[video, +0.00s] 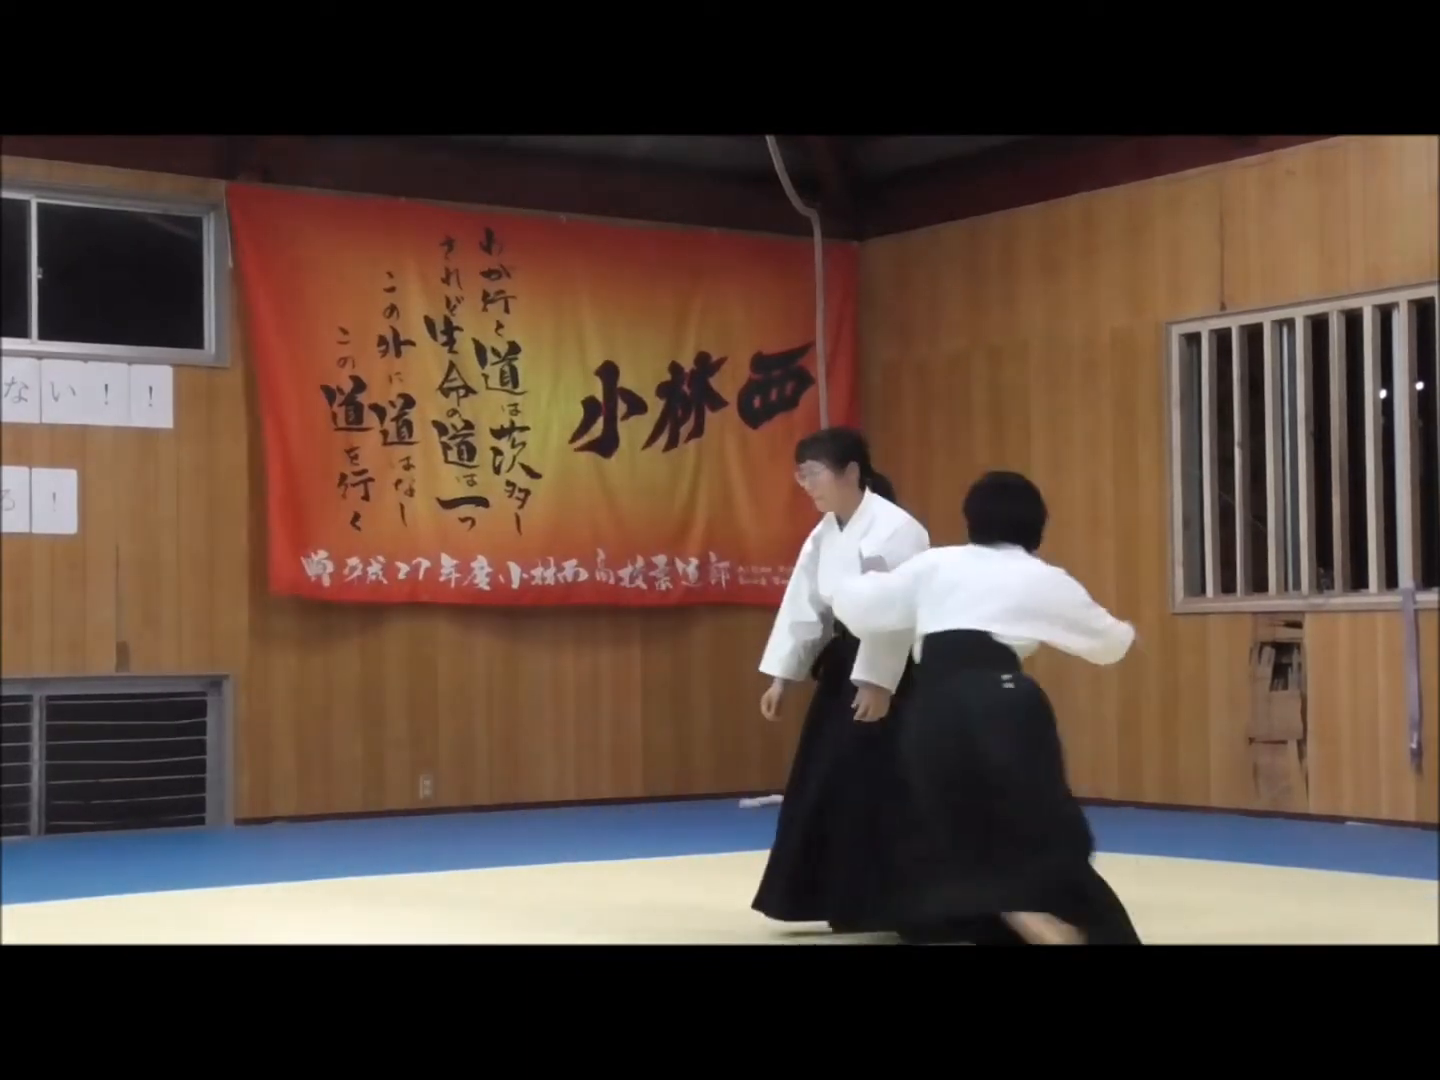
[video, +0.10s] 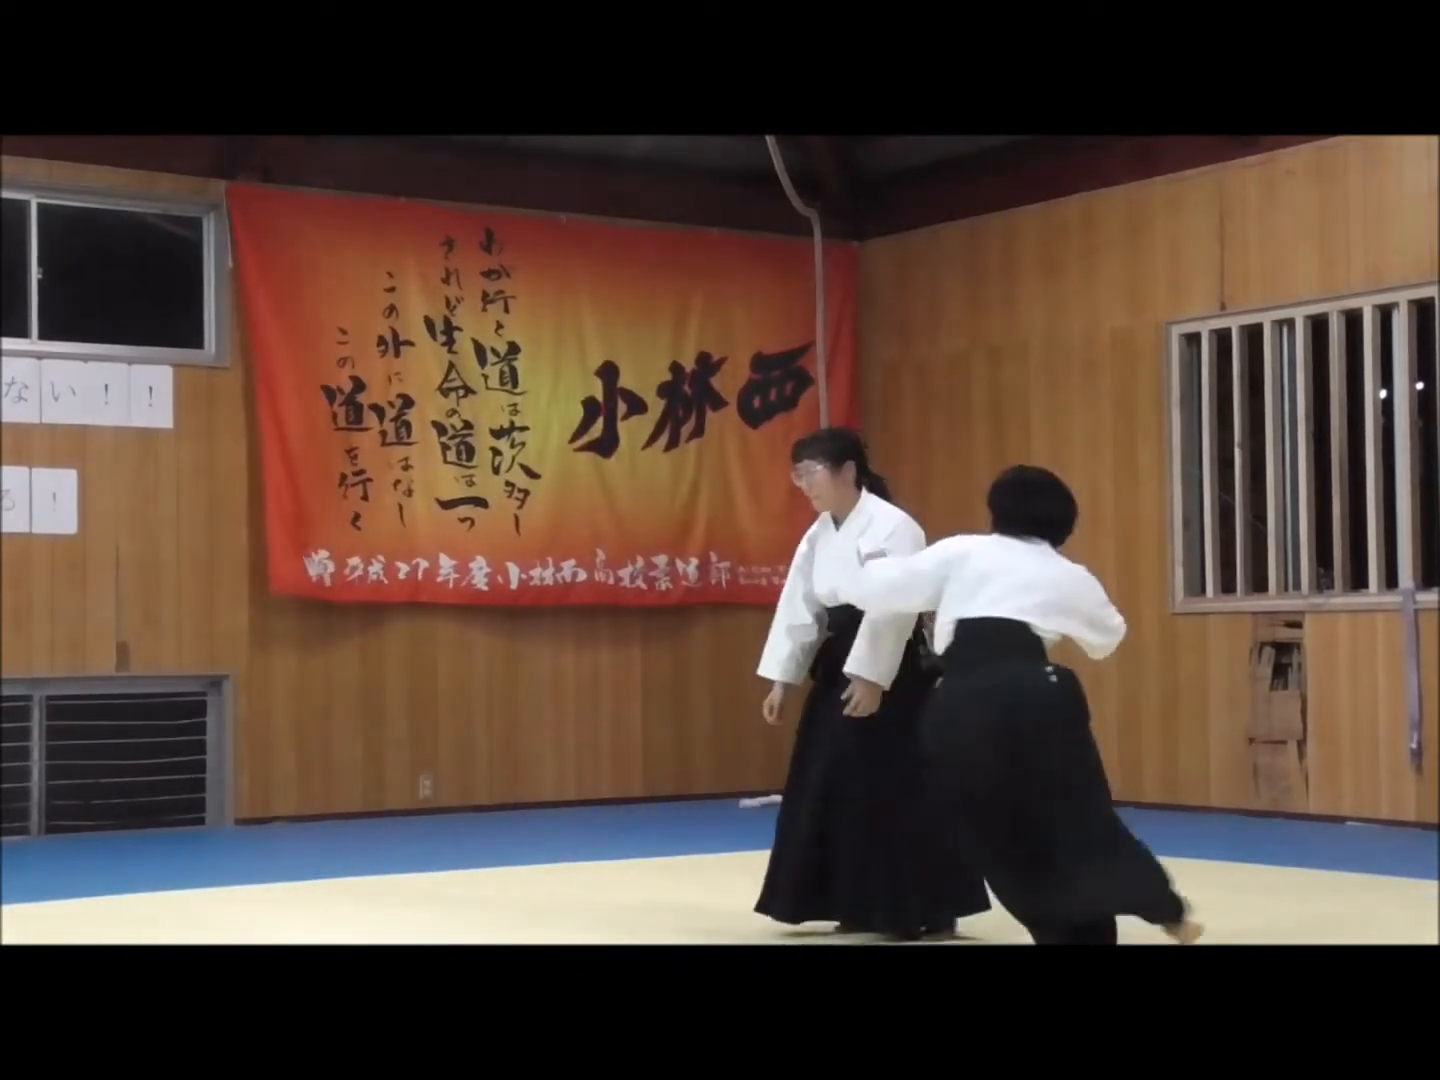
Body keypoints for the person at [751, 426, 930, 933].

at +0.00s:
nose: (806, 486)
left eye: (813, 475)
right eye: (802, 477)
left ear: (849, 472)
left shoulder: (899, 531)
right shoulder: (823, 537)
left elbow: (903, 610)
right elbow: (802, 606)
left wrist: (880, 678)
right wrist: (780, 673)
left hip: (891, 671)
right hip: (841, 667)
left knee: (868, 781)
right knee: (825, 775)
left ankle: (883, 900)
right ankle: (844, 900)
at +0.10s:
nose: (803, 486)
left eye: (811, 474)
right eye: (799, 476)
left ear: (847, 471)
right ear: (807, 481)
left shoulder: (895, 529)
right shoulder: (818, 537)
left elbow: (896, 609)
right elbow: (798, 607)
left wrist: (872, 673)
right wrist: (781, 676)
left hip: (894, 662)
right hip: (839, 661)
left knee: (887, 780)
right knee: (832, 776)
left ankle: (922, 905)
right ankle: (857, 905)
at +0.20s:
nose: (800, 487)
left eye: (808, 474)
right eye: (796, 477)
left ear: (842, 472)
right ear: (802, 482)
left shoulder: (888, 527)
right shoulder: (814, 537)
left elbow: (890, 607)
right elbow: (794, 609)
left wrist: (852, 667)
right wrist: (783, 678)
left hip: (894, 661)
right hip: (834, 660)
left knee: (899, 777)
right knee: (829, 776)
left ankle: (940, 898)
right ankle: (853, 904)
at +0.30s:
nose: (794, 486)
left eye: (802, 474)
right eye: (790, 477)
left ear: (837, 471)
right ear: (800, 481)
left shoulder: (880, 527)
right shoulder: (812, 536)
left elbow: (876, 601)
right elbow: (792, 609)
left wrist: (825, 648)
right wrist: (781, 681)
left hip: (884, 669)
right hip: (832, 670)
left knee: (880, 783)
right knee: (823, 783)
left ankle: (919, 898)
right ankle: (843, 903)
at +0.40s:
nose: (787, 489)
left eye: (794, 477)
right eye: (784, 479)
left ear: (829, 473)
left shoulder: (867, 523)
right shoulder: (810, 536)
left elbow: (857, 593)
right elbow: (794, 609)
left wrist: (787, 627)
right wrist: (771, 680)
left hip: (871, 672)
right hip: (828, 674)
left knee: (866, 786)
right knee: (820, 786)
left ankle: (893, 907)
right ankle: (837, 903)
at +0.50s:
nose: (781, 495)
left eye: (785, 482)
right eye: (778, 485)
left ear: (818, 473)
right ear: (812, 478)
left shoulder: (846, 515)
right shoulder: (820, 529)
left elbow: (835, 575)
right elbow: (803, 613)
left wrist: (758, 590)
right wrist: (767, 673)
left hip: (857, 667)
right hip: (835, 667)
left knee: (839, 790)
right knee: (839, 788)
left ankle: (842, 916)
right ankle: (867, 914)